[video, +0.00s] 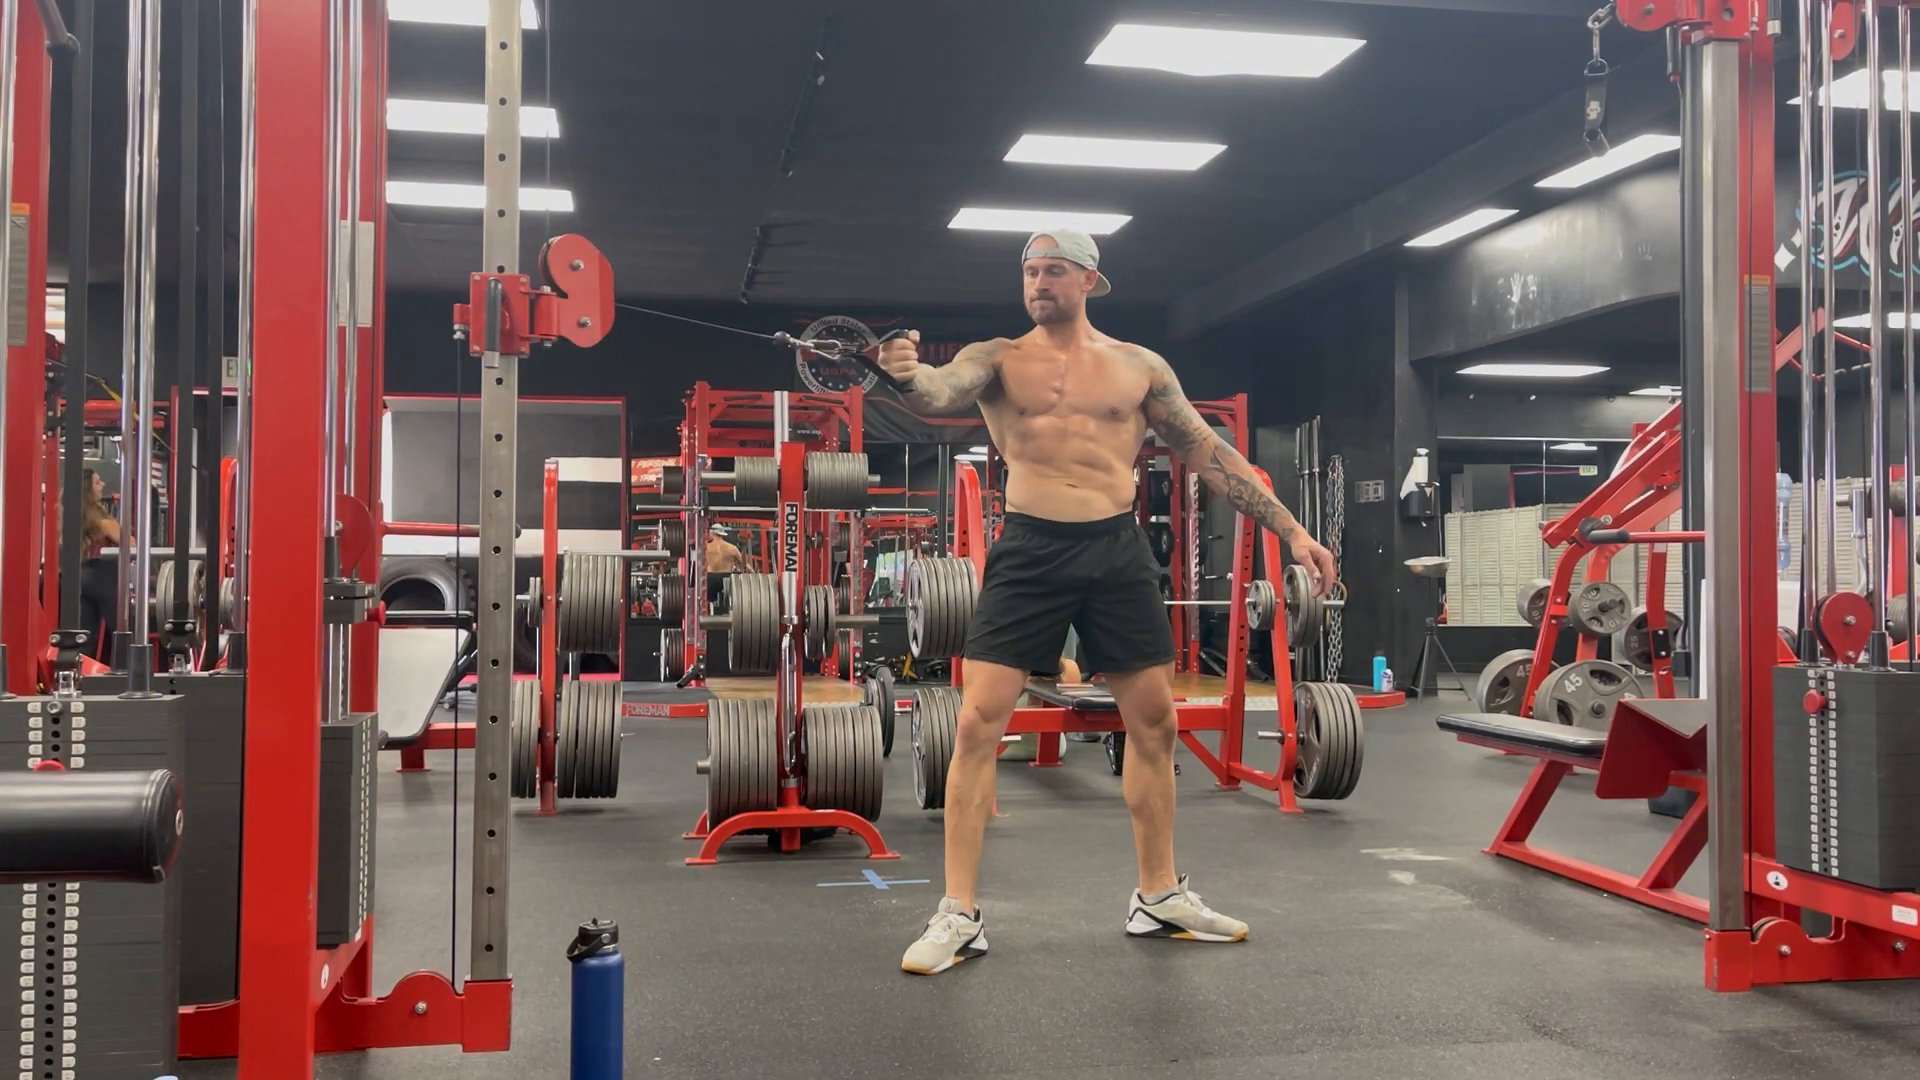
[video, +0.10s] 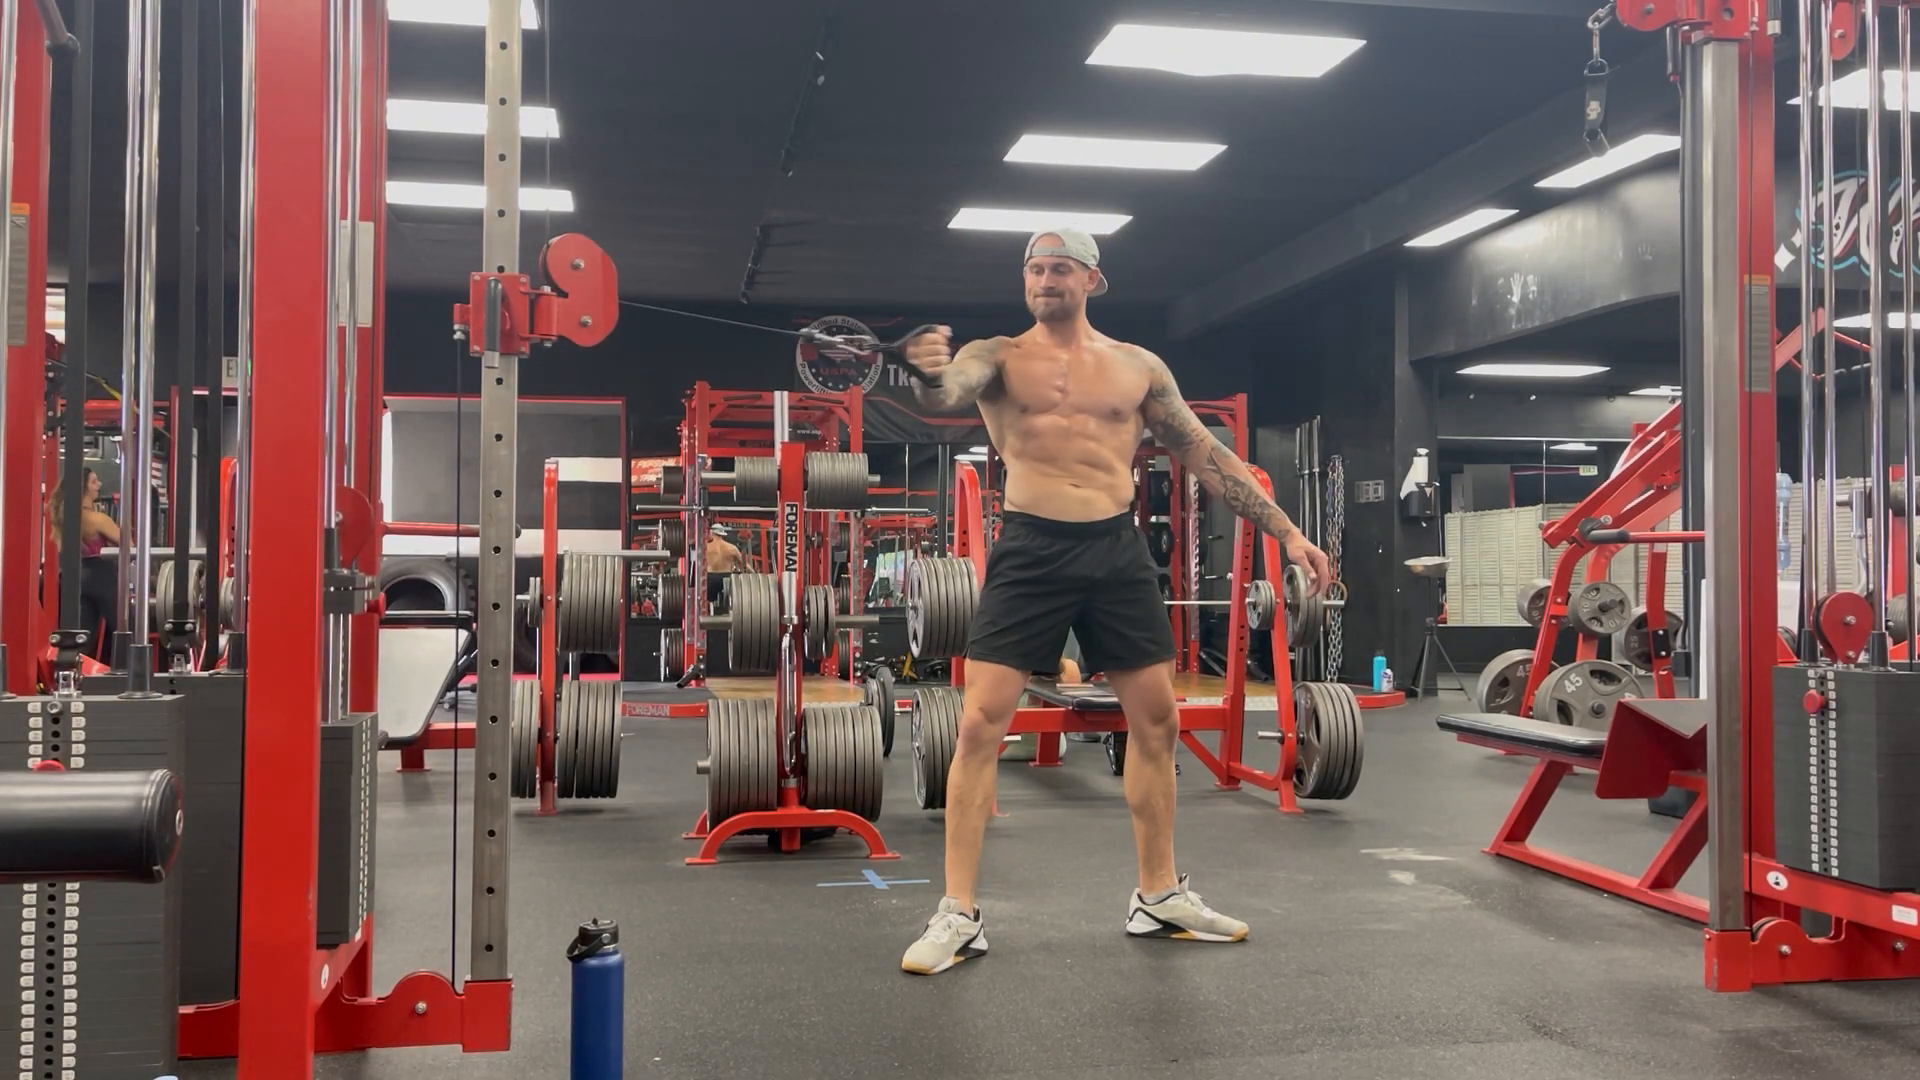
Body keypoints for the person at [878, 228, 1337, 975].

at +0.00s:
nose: (1039, 281)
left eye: (1054, 269)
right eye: (1031, 270)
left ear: (1090, 280)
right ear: (1022, 281)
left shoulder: (1142, 367)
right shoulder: (996, 356)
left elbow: (1217, 459)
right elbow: (939, 393)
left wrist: (1294, 531)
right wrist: (907, 373)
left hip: (1119, 552)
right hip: (1027, 552)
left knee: (1155, 720)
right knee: (977, 723)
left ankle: (1157, 895)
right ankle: (958, 909)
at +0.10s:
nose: (1047, 277)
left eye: (1062, 267)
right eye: (1037, 267)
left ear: (1092, 281)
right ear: (1024, 280)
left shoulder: (1140, 367)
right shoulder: (995, 353)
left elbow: (1213, 460)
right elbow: (945, 394)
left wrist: (1289, 532)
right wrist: (925, 370)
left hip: (1118, 551)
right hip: (1027, 550)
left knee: (1158, 721)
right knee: (979, 725)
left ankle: (1158, 896)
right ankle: (957, 909)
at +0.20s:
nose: (1060, 276)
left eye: (1075, 265)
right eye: (1048, 264)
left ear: (1097, 282)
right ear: (1028, 278)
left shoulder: (1137, 368)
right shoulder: (999, 349)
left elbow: (1207, 465)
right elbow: (950, 396)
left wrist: (1279, 537)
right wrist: (974, 371)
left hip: (1118, 551)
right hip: (1030, 550)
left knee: (1158, 719)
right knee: (982, 727)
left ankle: (1159, 895)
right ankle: (957, 910)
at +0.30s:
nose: (1076, 279)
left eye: (1088, 269)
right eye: (1062, 266)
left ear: (1104, 284)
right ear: (1035, 276)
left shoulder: (1134, 370)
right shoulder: (999, 348)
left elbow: (1195, 471)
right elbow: (991, 385)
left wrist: (1262, 547)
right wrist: (1035, 377)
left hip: (1118, 554)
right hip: (1033, 551)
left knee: (1158, 716)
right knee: (987, 725)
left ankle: (1158, 894)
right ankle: (957, 910)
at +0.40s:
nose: (1086, 278)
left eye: (1097, 268)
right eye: (1071, 265)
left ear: (1108, 284)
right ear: (1040, 279)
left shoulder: (1122, 372)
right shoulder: (1004, 346)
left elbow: (1175, 472)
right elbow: (1029, 391)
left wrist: (1233, 551)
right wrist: (1114, 374)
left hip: (1118, 552)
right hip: (1037, 548)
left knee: (1157, 715)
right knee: (988, 728)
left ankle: (1159, 894)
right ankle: (957, 910)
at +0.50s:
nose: (1095, 283)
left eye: (1105, 273)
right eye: (1081, 269)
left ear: (1112, 288)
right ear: (1044, 277)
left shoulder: (1121, 374)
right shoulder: (1009, 347)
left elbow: (1156, 475)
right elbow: (1061, 390)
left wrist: (1210, 556)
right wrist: (1173, 385)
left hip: (1118, 553)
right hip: (1038, 549)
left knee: (1154, 717)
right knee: (994, 731)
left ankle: (1159, 894)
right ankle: (959, 910)